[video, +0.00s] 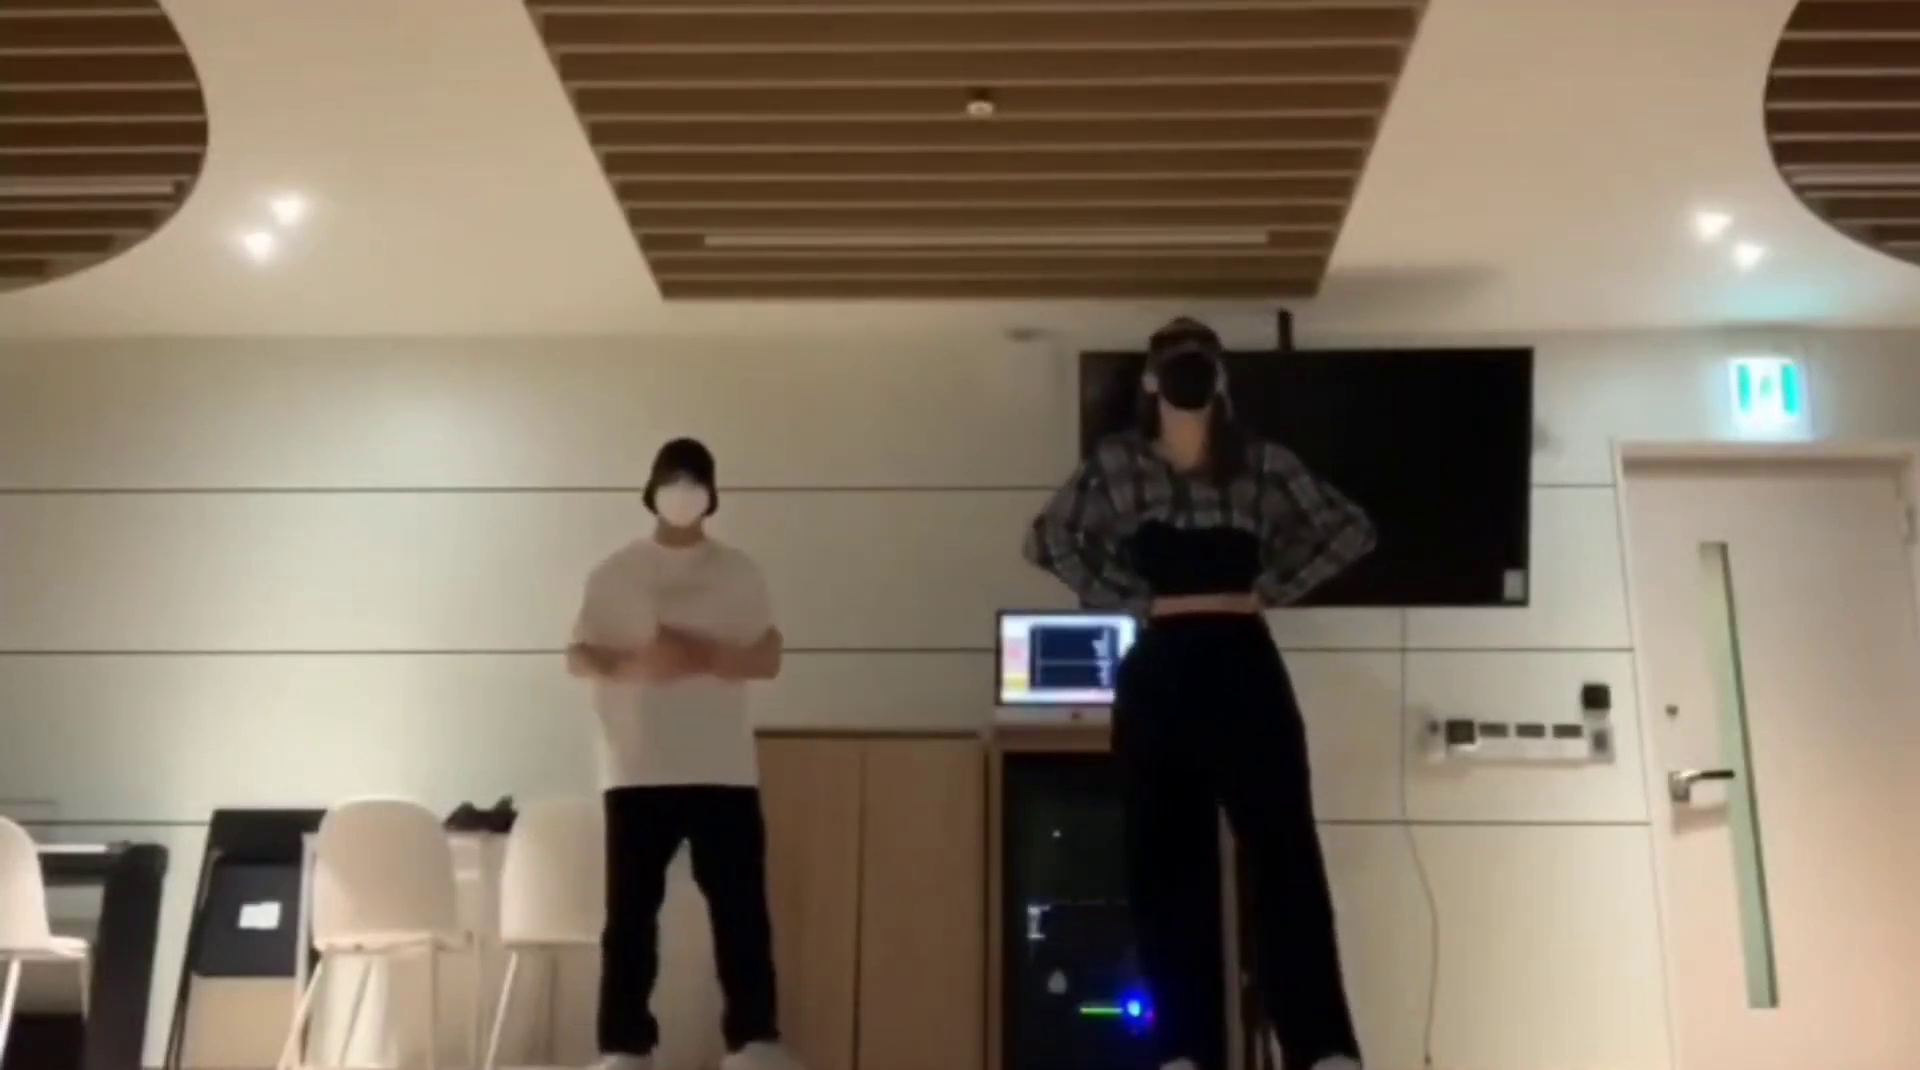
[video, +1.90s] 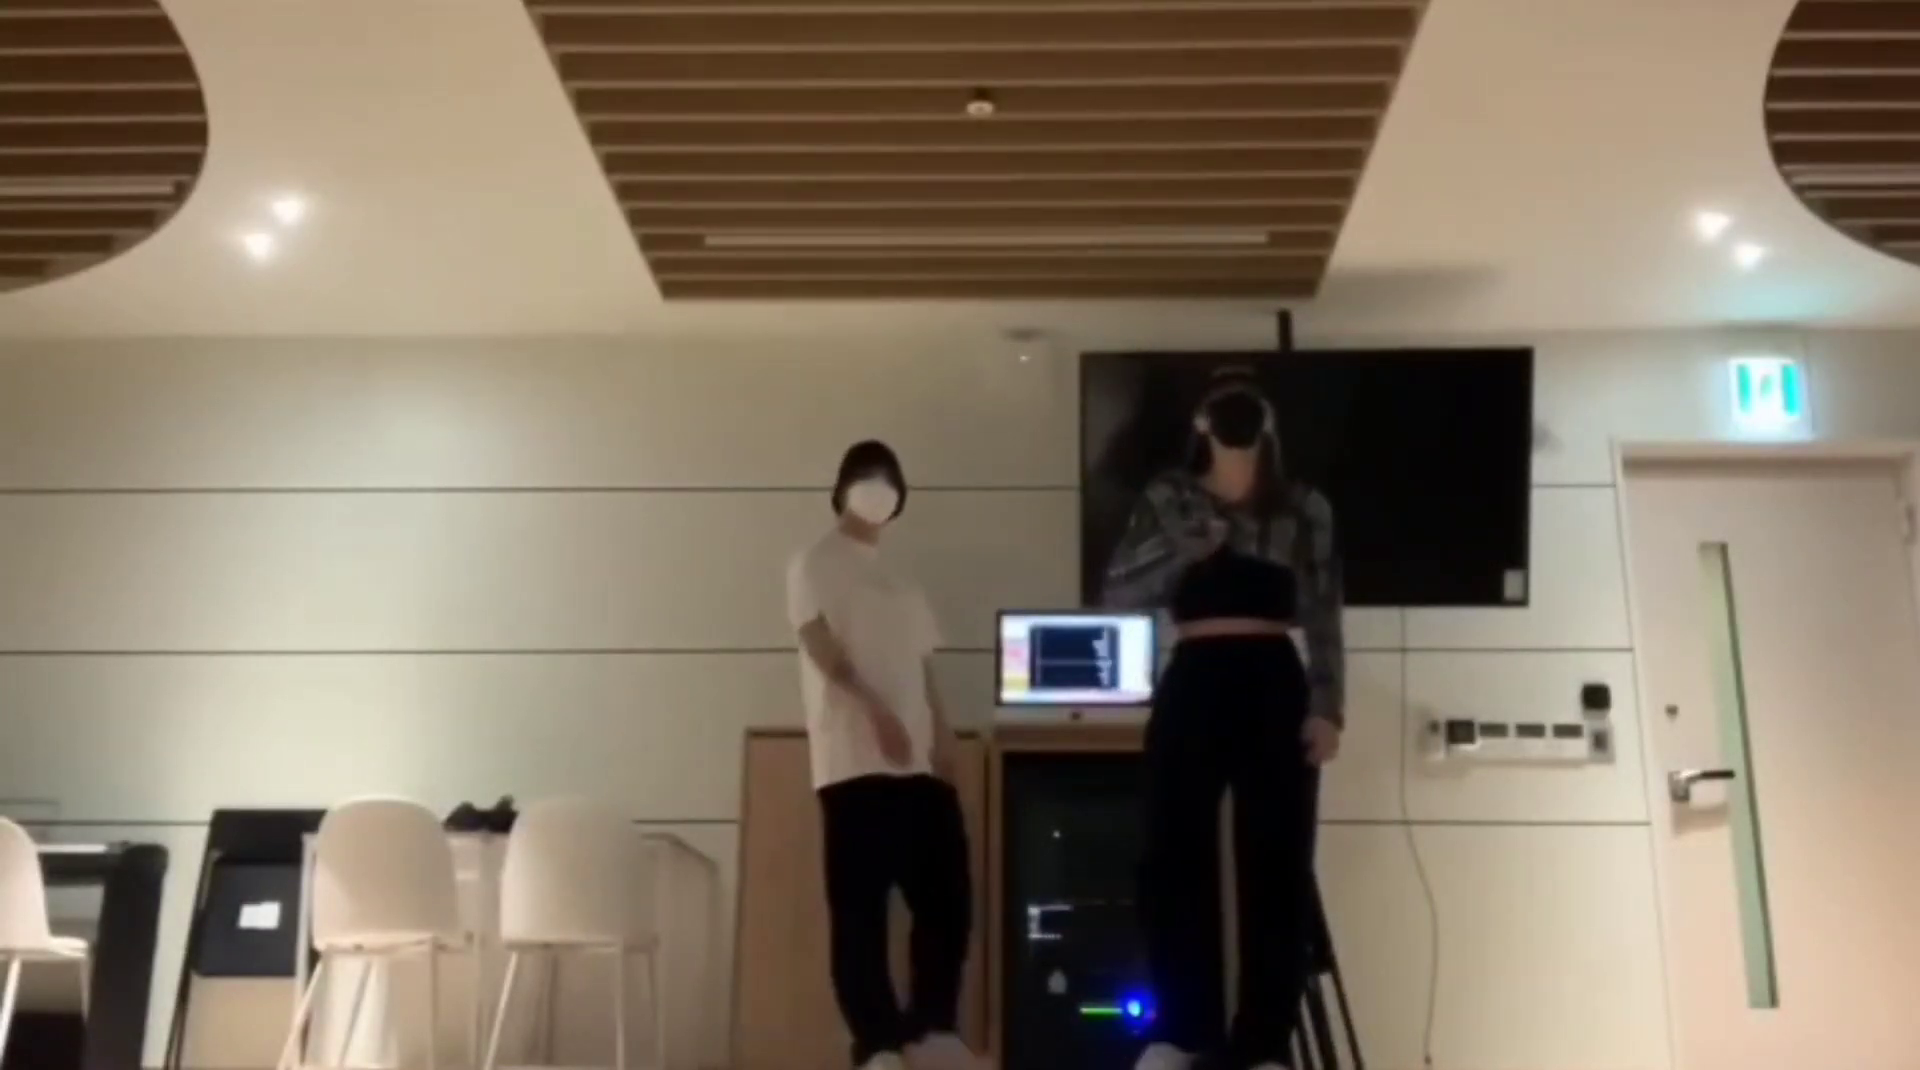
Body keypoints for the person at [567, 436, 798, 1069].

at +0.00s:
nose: (682, 494)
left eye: (694, 482)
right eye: (669, 482)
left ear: (712, 493)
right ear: (651, 492)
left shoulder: (737, 570)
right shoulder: (616, 573)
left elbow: (768, 659)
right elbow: (579, 656)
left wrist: (702, 652)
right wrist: (644, 662)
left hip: (723, 769)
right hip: (637, 771)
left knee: (742, 914)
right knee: (629, 919)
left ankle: (753, 1042)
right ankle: (624, 1047)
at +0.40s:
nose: (758, 514)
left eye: (770, 505)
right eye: (747, 501)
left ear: (781, 518)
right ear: (724, 509)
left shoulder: (792, 592)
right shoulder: (684, 583)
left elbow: (818, 681)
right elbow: (649, 663)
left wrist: (766, 674)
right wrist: (723, 672)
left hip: (776, 780)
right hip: (699, 778)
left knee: (768, 924)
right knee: (675, 917)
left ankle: (752, 1046)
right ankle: (630, 1045)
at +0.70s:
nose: (802, 526)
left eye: (813, 518)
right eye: (792, 511)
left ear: (821, 532)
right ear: (769, 516)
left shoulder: (814, 602)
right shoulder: (729, 580)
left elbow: (834, 694)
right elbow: (712, 659)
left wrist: (803, 698)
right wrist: (778, 685)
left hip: (802, 770)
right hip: (740, 764)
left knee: (790, 910)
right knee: (741, 905)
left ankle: (760, 1043)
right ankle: (707, 1043)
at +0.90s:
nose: (815, 525)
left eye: (827, 517)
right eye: (806, 511)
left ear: (836, 531)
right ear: (782, 515)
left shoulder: (821, 601)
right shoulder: (744, 576)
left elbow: (837, 677)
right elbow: (731, 657)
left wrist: (826, 727)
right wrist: (786, 717)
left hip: (806, 768)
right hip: (749, 762)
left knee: (795, 904)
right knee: (767, 902)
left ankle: (751, 1038)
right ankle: (778, 1036)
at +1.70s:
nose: (873, 498)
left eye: (884, 488)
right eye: (862, 485)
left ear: (897, 501)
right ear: (839, 493)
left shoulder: (888, 578)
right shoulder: (815, 566)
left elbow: (903, 677)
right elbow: (811, 658)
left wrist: (925, 757)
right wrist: (848, 747)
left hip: (902, 770)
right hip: (848, 770)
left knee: (896, 904)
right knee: (857, 914)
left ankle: (803, 1005)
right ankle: (876, 1044)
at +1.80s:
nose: (876, 497)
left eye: (887, 488)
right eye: (864, 484)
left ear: (899, 500)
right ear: (841, 492)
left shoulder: (892, 577)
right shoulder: (816, 564)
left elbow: (915, 669)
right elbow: (820, 654)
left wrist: (935, 742)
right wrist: (867, 733)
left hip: (909, 763)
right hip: (850, 763)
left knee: (929, 887)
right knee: (862, 901)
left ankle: (841, 1000)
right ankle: (876, 1039)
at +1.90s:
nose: (877, 495)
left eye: (888, 485)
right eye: (864, 482)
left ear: (900, 498)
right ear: (841, 490)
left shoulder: (901, 577)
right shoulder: (813, 564)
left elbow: (922, 667)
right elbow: (818, 643)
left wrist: (943, 740)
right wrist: (876, 709)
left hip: (917, 767)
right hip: (851, 766)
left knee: (946, 899)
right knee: (860, 910)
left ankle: (935, 1028)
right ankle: (875, 1043)